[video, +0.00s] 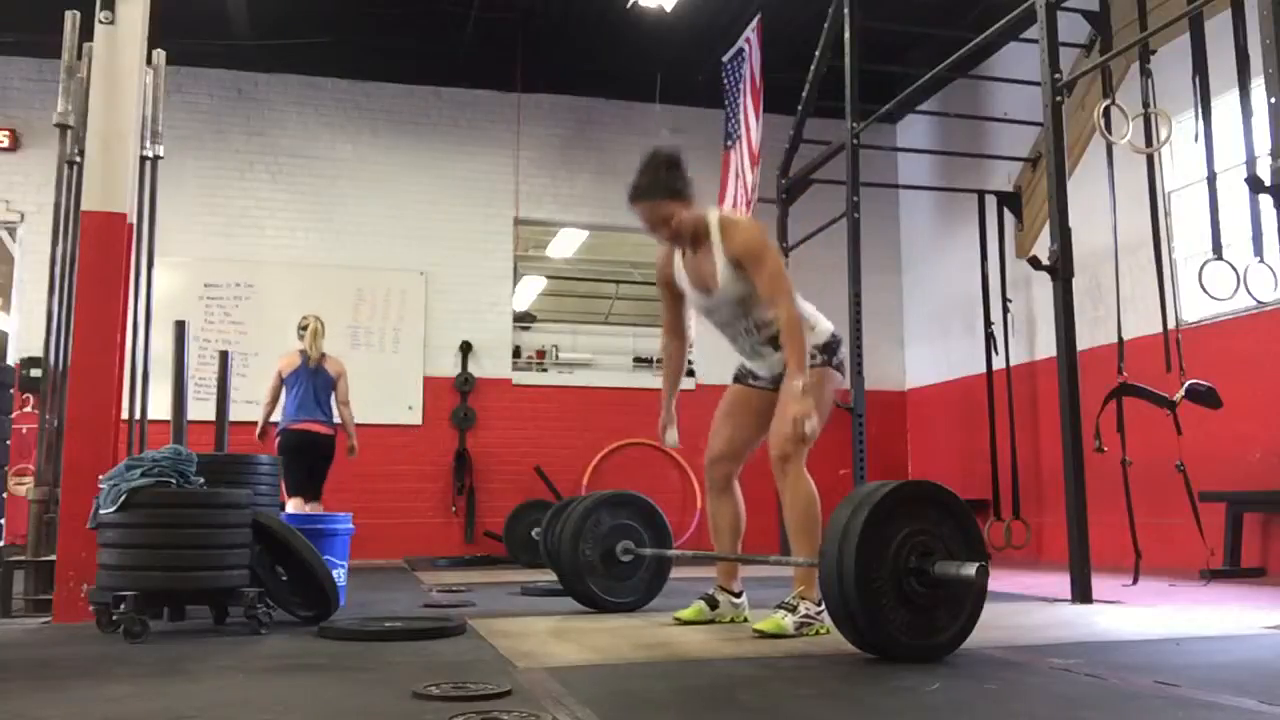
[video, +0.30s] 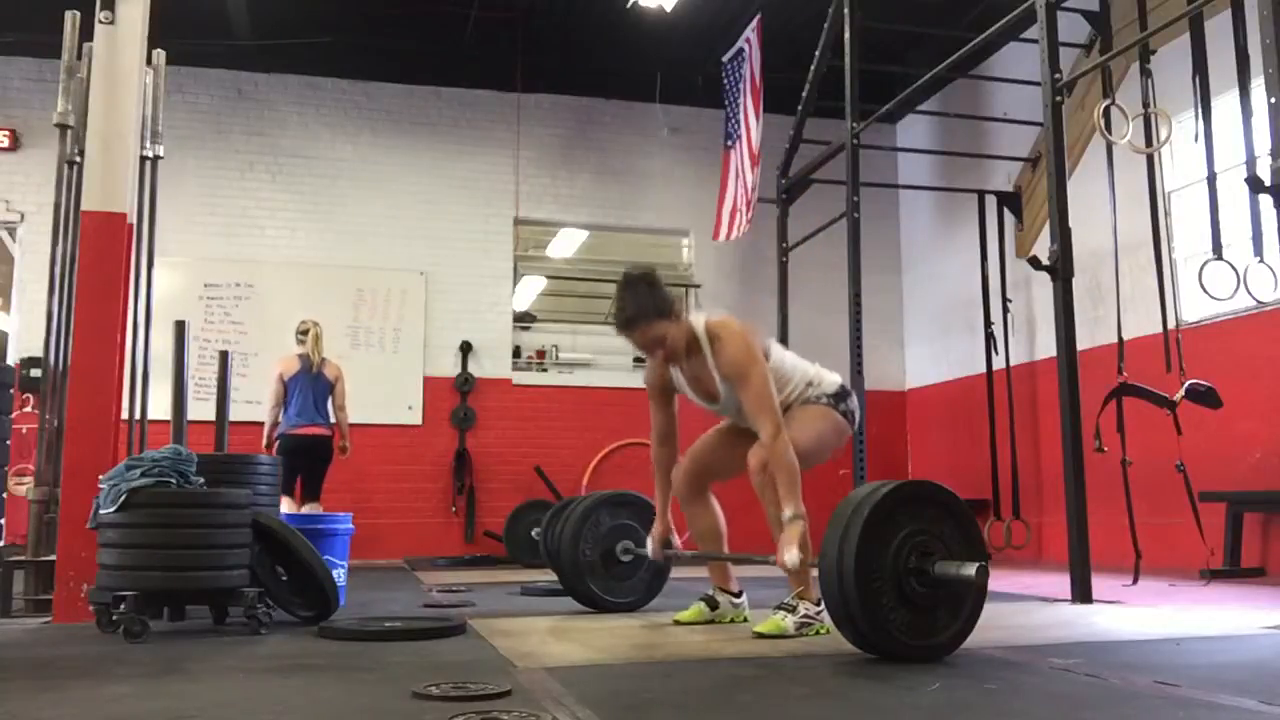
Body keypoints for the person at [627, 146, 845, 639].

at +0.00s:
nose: (663, 234)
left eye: (667, 221)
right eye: (652, 228)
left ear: (688, 200)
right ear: (647, 222)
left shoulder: (741, 233)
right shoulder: (671, 263)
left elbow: (787, 308)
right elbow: (674, 336)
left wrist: (796, 386)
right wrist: (668, 406)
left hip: (812, 353)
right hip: (760, 363)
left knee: (785, 453)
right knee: (718, 465)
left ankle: (807, 599)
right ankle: (728, 593)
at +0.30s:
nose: (658, 356)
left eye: (660, 342)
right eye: (646, 350)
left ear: (676, 315)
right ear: (635, 344)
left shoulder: (728, 341)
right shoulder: (661, 371)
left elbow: (772, 433)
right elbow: (663, 444)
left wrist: (794, 519)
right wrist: (661, 516)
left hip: (824, 404)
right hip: (760, 420)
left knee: (762, 463)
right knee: (688, 478)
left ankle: (807, 603)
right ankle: (726, 596)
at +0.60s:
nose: (652, 383)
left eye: (653, 370)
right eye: (642, 379)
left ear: (670, 342)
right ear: (629, 372)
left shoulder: (726, 359)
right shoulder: (658, 392)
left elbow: (774, 445)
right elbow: (664, 460)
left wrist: (801, 529)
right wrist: (667, 529)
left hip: (825, 411)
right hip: (759, 429)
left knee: (759, 466)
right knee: (681, 479)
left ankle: (807, 604)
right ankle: (727, 596)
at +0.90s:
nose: (628, 391)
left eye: (629, 383)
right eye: (622, 385)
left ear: (648, 363)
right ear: (646, 359)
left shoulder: (721, 361)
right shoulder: (656, 385)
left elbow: (771, 446)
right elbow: (666, 458)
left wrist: (800, 529)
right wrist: (671, 529)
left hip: (824, 410)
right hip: (761, 427)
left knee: (757, 468)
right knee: (680, 480)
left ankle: (808, 604)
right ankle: (727, 596)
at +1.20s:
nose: (624, 396)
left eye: (623, 387)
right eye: (617, 389)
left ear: (641, 369)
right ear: (643, 363)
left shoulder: (715, 363)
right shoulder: (656, 391)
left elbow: (769, 447)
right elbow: (669, 458)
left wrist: (802, 528)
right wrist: (678, 528)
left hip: (822, 409)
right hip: (759, 425)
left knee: (756, 468)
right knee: (680, 479)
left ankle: (806, 604)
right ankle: (727, 596)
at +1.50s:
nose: (624, 397)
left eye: (623, 388)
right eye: (617, 390)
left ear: (641, 371)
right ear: (643, 365)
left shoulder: (715, 364)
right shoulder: (656, 391)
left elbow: (770, 448)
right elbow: (669, 459)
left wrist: (803, 530)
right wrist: (675, 527)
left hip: (823, 410)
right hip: (760, 425)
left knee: (756, 468)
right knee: (680, 480)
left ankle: (806, 604)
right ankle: (727, 597)